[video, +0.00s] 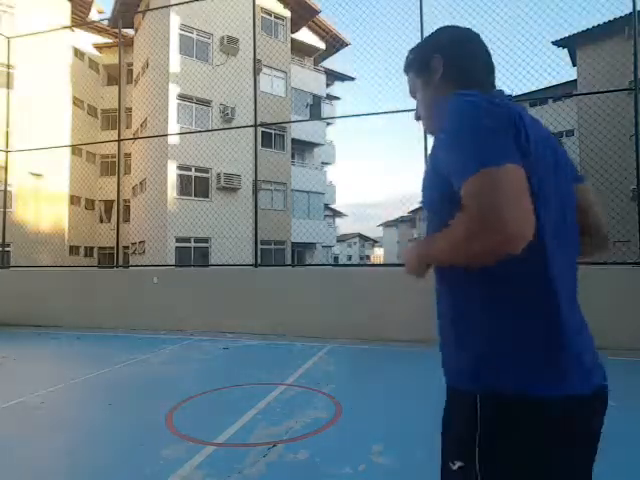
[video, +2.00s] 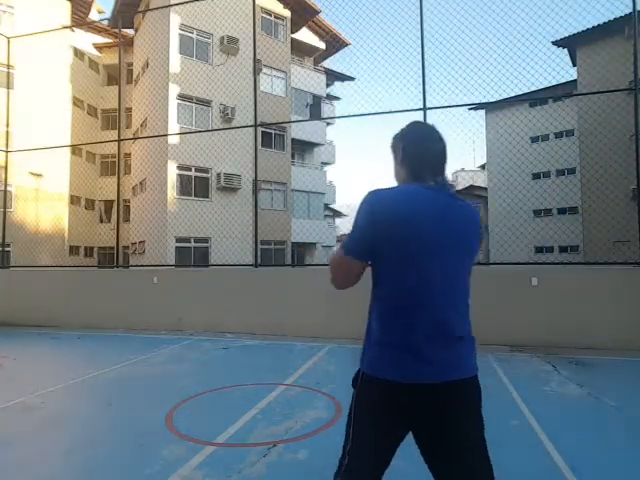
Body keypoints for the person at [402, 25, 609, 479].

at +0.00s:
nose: (418, 114)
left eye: (415, 94)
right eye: (413, 98)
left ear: (437, 70)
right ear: (484, 73)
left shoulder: (470, 113)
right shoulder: (537, 132)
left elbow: (503, 224)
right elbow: (591, 234)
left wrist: (427, 250)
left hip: (506, 388)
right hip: (567, 386)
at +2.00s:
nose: (394, 165)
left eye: (394, 158)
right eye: (394, 157)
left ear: (402, 160)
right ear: (441, 161)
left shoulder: (380, 204)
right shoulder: (469, 214)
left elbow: (342, 277)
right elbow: (455, 267)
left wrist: (346, 244)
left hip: (387, 381)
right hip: (454, 383)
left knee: (356, 472)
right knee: (470, 473)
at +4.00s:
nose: (229, 217)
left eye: (230, 212)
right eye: (229, 212)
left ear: (201, 206)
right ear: (221, 212)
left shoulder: (176, 229)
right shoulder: (211, 239)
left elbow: (167, 276)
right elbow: (235, 270)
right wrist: (238, 231)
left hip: (174, 324)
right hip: (195, 330)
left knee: (215, 368)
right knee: (188, 398)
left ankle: (209, 437)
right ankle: (146, 472)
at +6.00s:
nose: (217, 235)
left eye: (217, 232)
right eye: (216, 232)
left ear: (197, 231)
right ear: (210, 230)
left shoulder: (182, 245)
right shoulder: (211, 240)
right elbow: (239, 252)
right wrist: (237, 243)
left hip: (178, 302)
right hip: (193, 303)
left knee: (200, 345)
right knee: (184, 355)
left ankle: (199, 387)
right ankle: (143, 399)